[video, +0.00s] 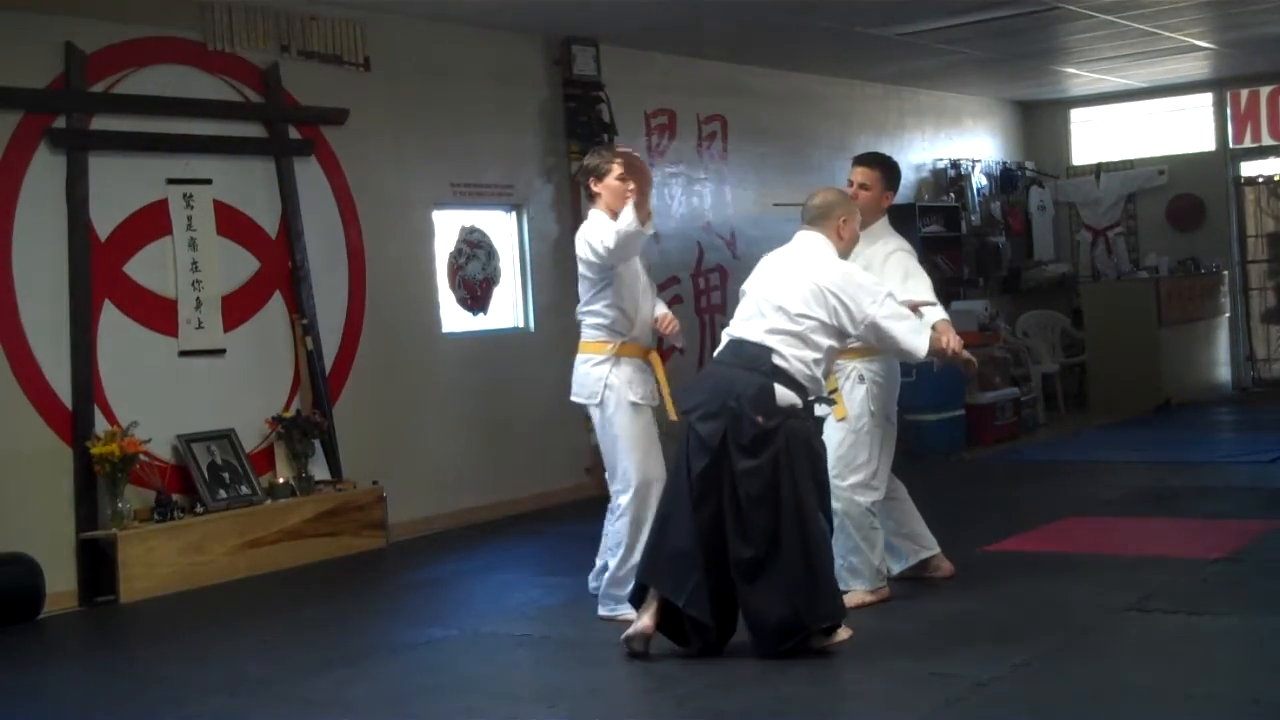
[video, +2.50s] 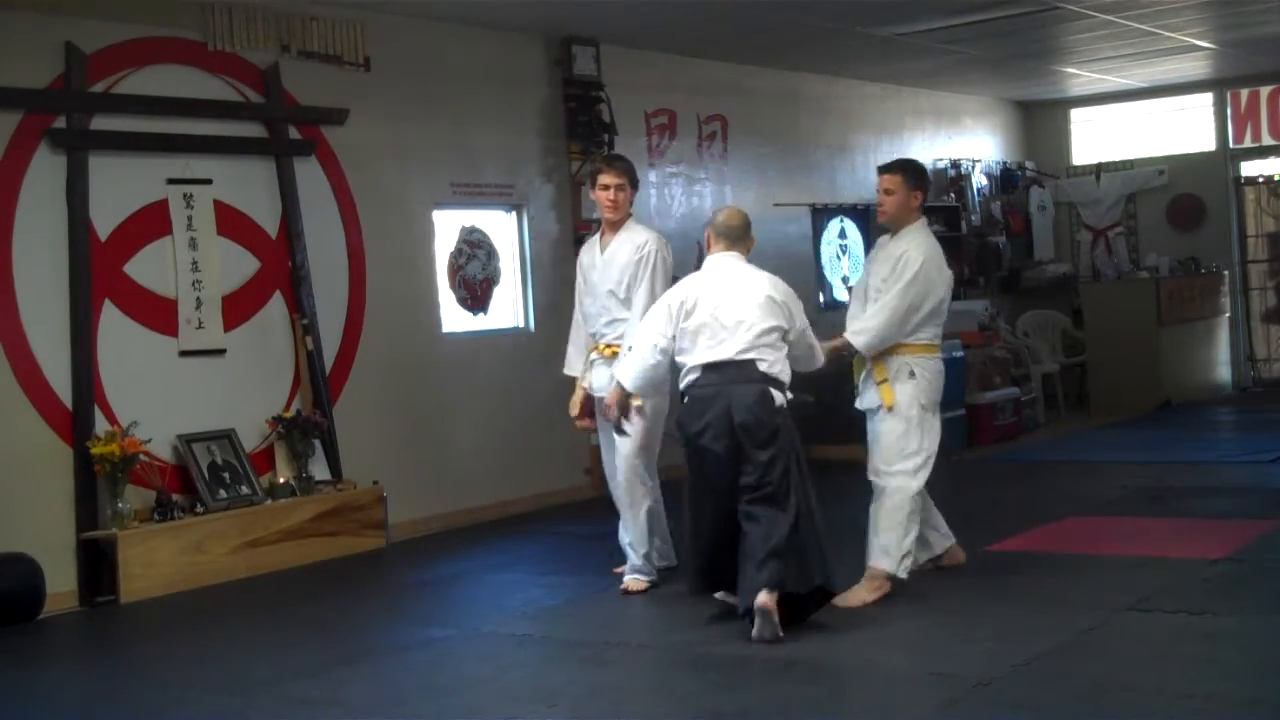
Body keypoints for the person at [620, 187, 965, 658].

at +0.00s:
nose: (856, 236)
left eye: (855, 228)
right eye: (856, 228)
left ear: (808, 223)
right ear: (844, 227)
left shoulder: (771, 261)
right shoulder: (845, 277)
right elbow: (910, 336)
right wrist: (941, 346)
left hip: (714, 381)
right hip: (774, 393)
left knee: (693, 502)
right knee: (802, 513)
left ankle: (650, 612)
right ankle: (815, 624)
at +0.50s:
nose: (847, 232)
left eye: (846, 224)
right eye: (845, 224)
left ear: (792, 221)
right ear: (831, 224)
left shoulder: (755, 259)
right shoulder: (837, 275)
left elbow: (736, 307)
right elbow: (895, 334)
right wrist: (930, 358)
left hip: (714, 378)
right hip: (777, 388)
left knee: (697, 501)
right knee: (797, 513)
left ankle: (674, 609)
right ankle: (811, 625)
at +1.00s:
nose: (738, 221)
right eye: (737, 214)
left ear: (685, 219)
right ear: (733, 216)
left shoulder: (650, 276)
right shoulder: (761, 273)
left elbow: (631, 360)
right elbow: (791, 354)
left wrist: (673, 372)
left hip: (668, 410)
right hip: (737, 409)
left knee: (675, 526)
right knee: (755, 519)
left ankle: (683, 644)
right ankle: (792, 625)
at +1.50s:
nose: (700, 211)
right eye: (697, 204)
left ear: (645, 214)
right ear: (692, 208)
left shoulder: (629, 263)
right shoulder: (732, 260)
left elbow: (605, 346)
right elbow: (766, 333)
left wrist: (607, 427)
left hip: (659, 405)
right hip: (727, 401)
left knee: (664, 526)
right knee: (745, 514)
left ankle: (679, 650)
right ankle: (767, 627)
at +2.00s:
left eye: (695, 210)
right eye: (740, 213)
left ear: (692, 214)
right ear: (740, 215)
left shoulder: (663, 270)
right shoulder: (767, 267)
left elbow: (638, 352)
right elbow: (791, 347)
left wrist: (656, 405)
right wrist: (756, 361)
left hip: (688, 385)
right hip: (750, 384)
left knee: (690, 507)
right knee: (754, 506)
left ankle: (686, 612)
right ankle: (755, 625)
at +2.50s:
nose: (706, 245)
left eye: (705, 239)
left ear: (707, 241)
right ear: (751, 244)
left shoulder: (682, 291)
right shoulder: (774, 288)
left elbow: (648, 349)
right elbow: (808, 359)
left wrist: (622, 391)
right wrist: (827, 350)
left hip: (701, 394)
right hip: (761, 393)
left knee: (713, 495)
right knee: (766, 497)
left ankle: (726, 589)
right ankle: (765, 590)